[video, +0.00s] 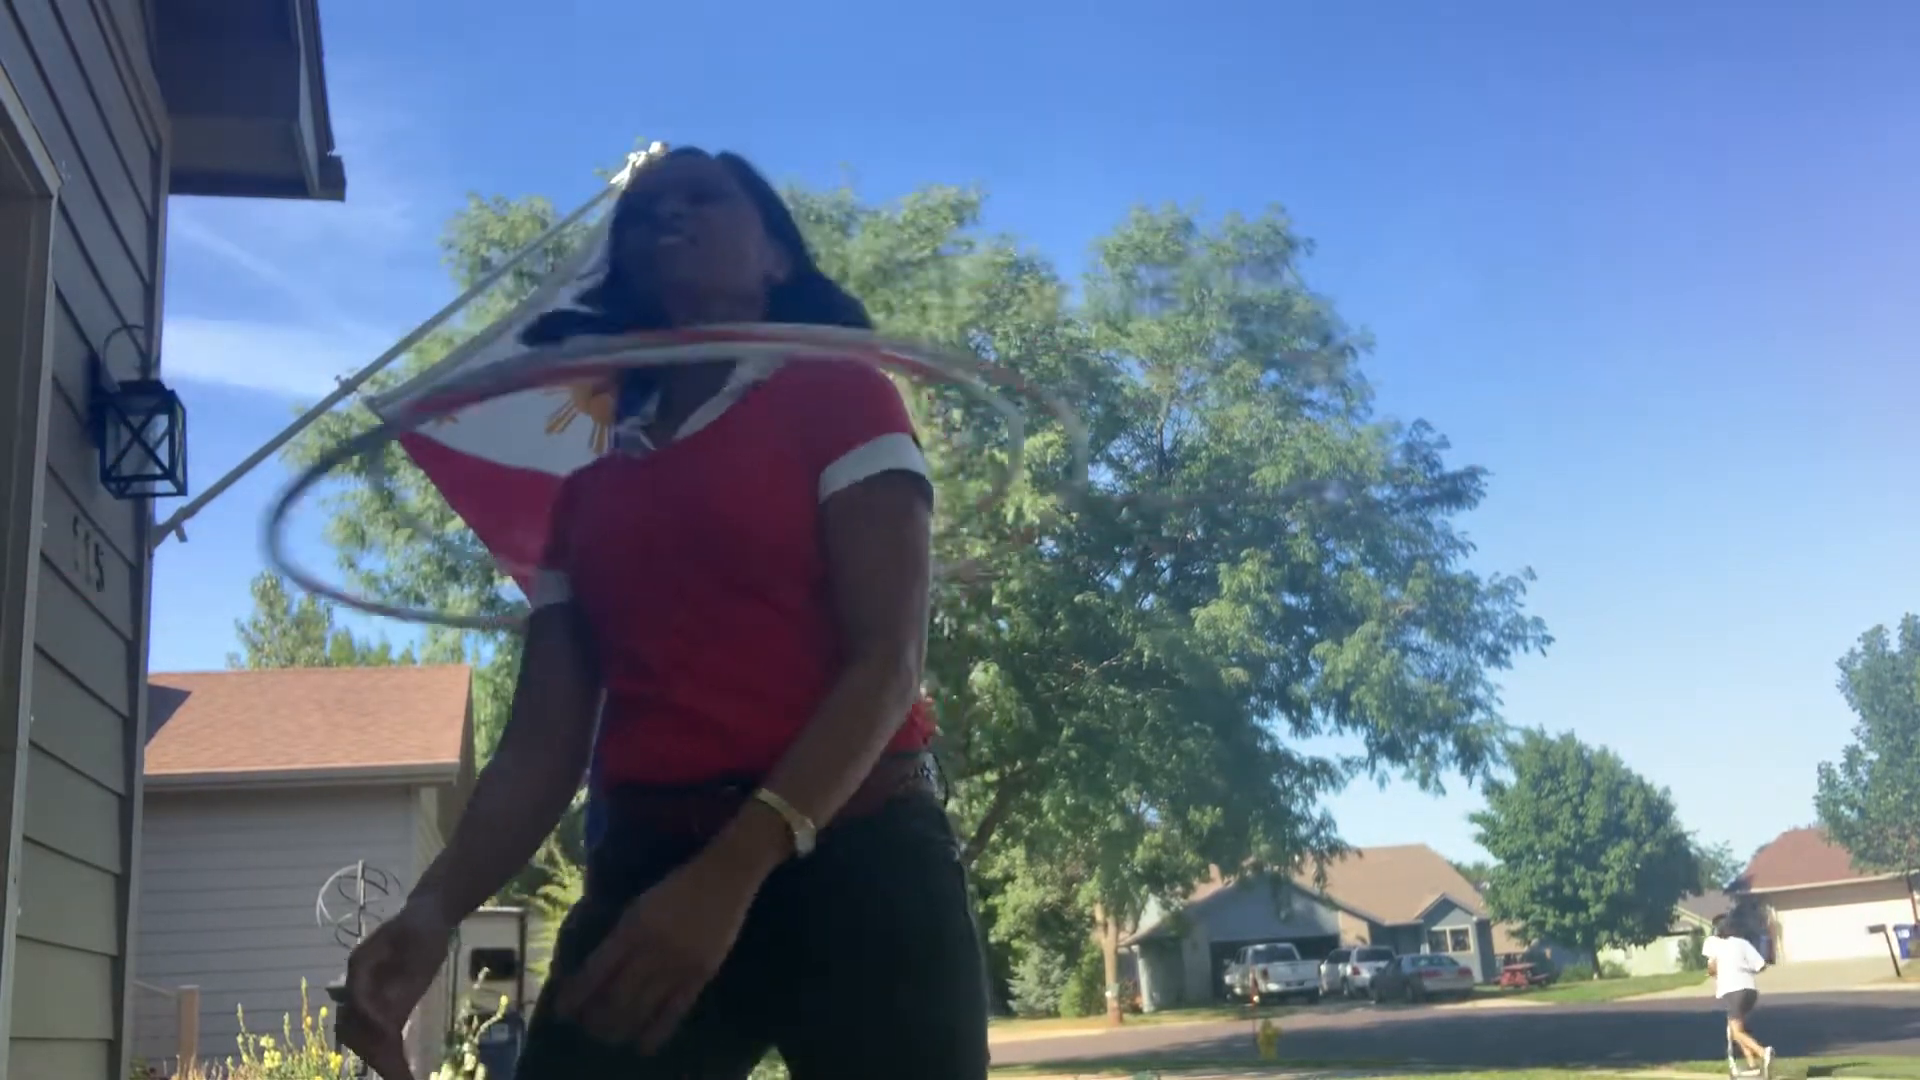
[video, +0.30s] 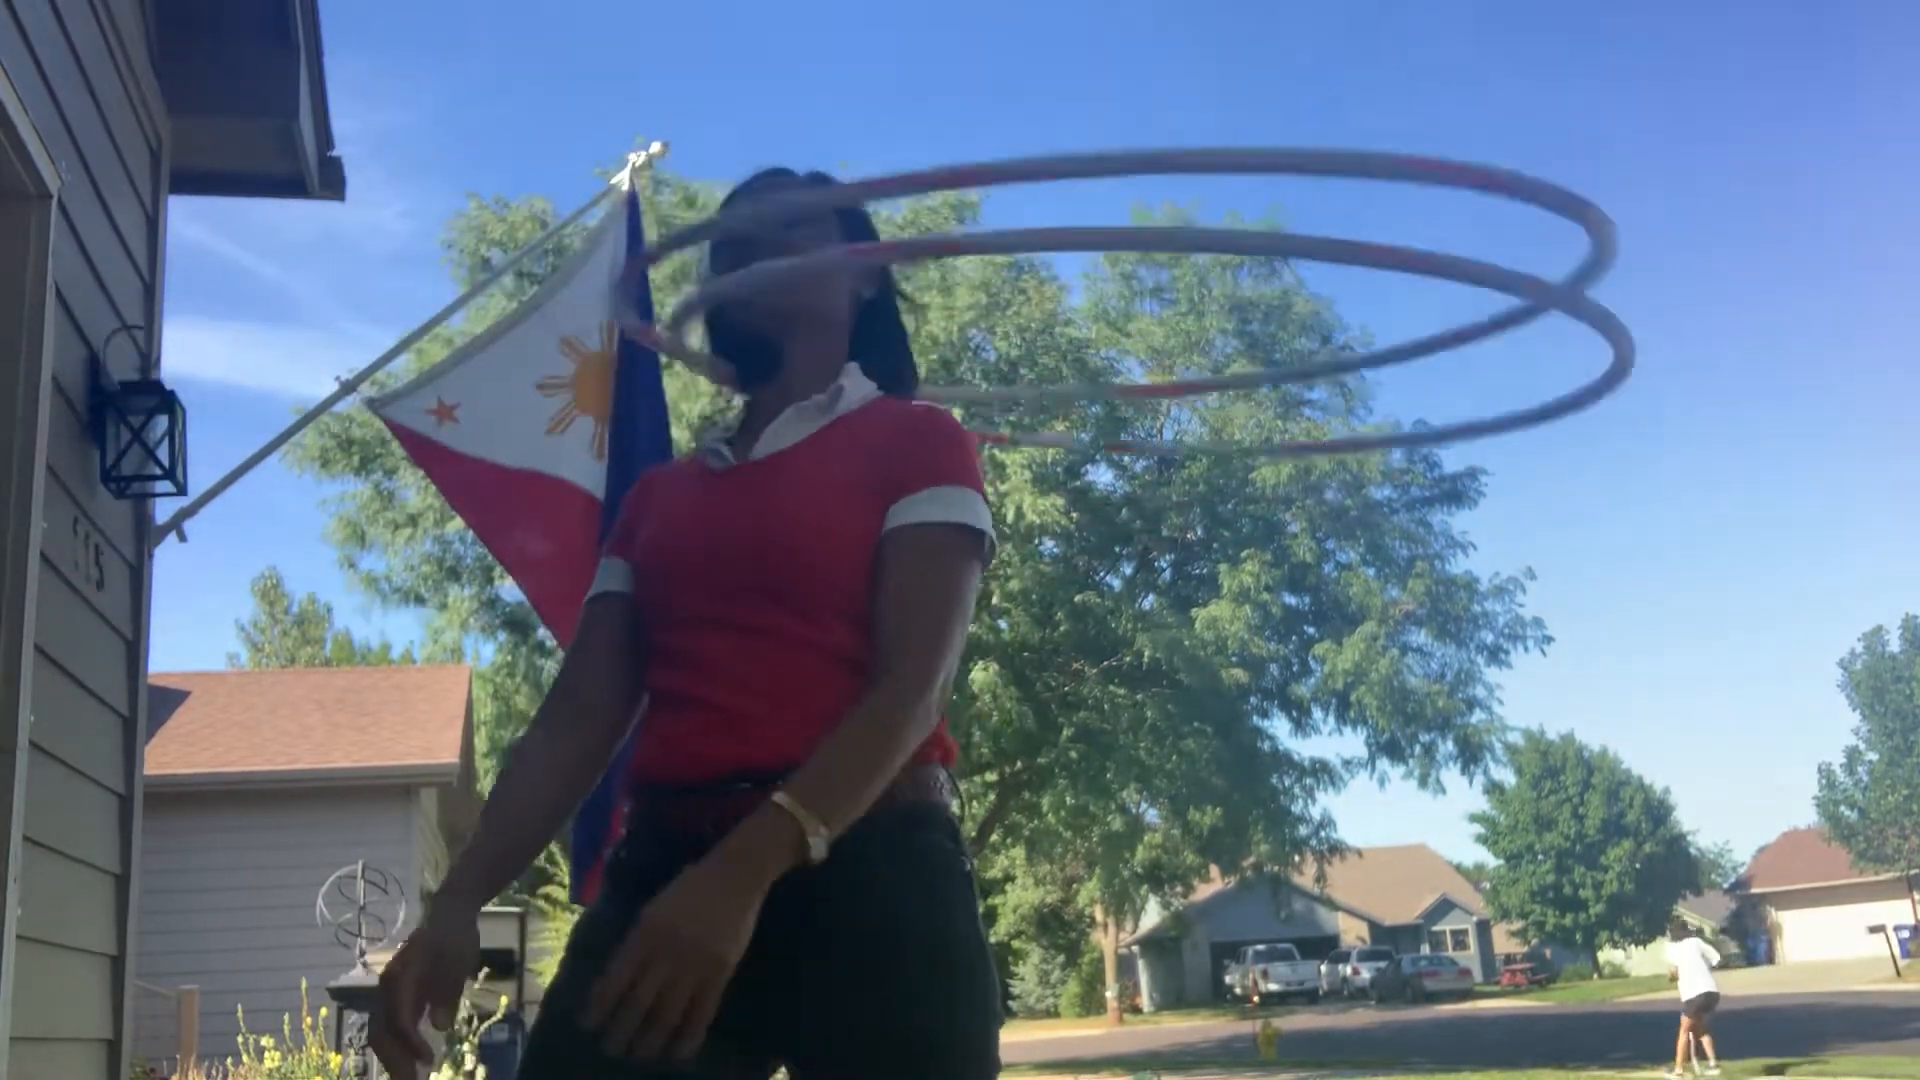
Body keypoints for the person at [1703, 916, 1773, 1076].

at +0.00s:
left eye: (1716, 929)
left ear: (1718, 930)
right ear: (1734, 929)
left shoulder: (1715, 942)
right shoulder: (1743, 942)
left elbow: (1712, 966)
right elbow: (1760, 965)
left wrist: (1713, 972)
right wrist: (1743, 970)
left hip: (1731, 988)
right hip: (1750, 987)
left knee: (1737, 1032)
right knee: (1736, 1029)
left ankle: (1763, 1053)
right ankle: (1752, 1064)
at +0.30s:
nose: (1672, 935)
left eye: (1672, 932)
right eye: (1673, 931)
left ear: (1673, 933)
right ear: (1687, 930)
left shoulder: (1672, 948)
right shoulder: (1696, 941)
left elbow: (1674, 970)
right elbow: (1716, 959)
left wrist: (1674, 975)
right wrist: (1700, 968)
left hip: (1692, 992)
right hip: (1711, 989)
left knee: (1684, 1030)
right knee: (1702, 1028)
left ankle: (1679, 1068)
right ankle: (1713, 1064)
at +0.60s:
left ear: (1635, 938)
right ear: (1651, 937)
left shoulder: (1632, 950)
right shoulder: (1657, 948)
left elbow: (1632, 975)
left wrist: (1630, 980)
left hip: (1654, 997)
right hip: (1672, 992)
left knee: (1664, 1039)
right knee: (1660, 1030)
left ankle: (1673, 1070)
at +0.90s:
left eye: (1600, 935)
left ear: (1600, 937)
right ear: (1615, 934)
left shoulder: (1598, 946)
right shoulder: (1627, 946)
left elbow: (1599, 963)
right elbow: (1639, 969)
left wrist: (1601, 976)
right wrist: (1624, 975)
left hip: (1618, 989)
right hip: (1635, 988)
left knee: (1622, 1026)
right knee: (1626, 1026)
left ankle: (1642, 1051)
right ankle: (1635, 1063)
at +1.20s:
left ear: (1569, 940)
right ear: (1583, 938)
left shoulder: (1566, 948)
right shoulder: (1593, 947)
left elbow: (1569, 962)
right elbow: (1606, 965)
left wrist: (1570, 974)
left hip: (1585, 988)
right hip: (1602, 988)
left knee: (1577, 1025)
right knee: (1594, 1024)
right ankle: (1600, 1060)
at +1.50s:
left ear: (1543, 947)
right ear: (1555, 945)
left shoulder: (1545, 957)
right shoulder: (1565, 956)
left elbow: (1531, 960)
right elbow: (1573, 971)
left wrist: (1531, 949)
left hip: (1552, 995)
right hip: (1567, 994)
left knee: (1553, 1032)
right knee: (1555, 1030)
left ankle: (1565, 1064)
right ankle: (1557, 1060)